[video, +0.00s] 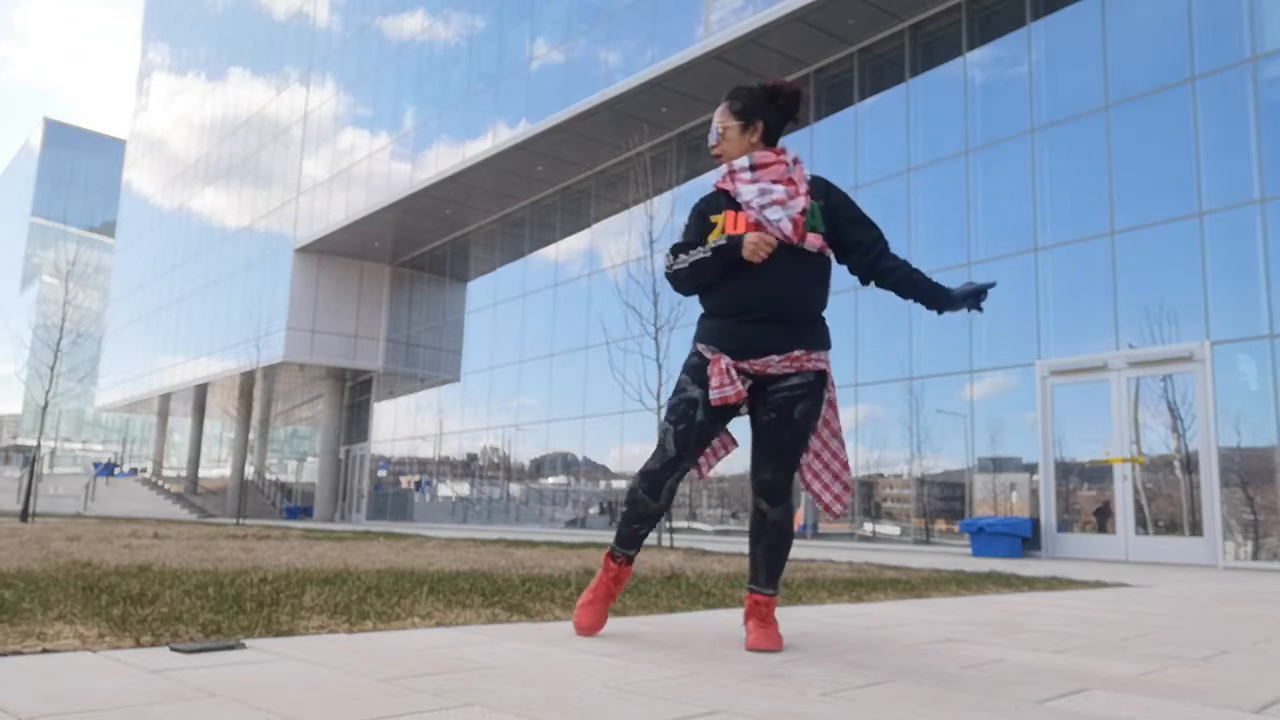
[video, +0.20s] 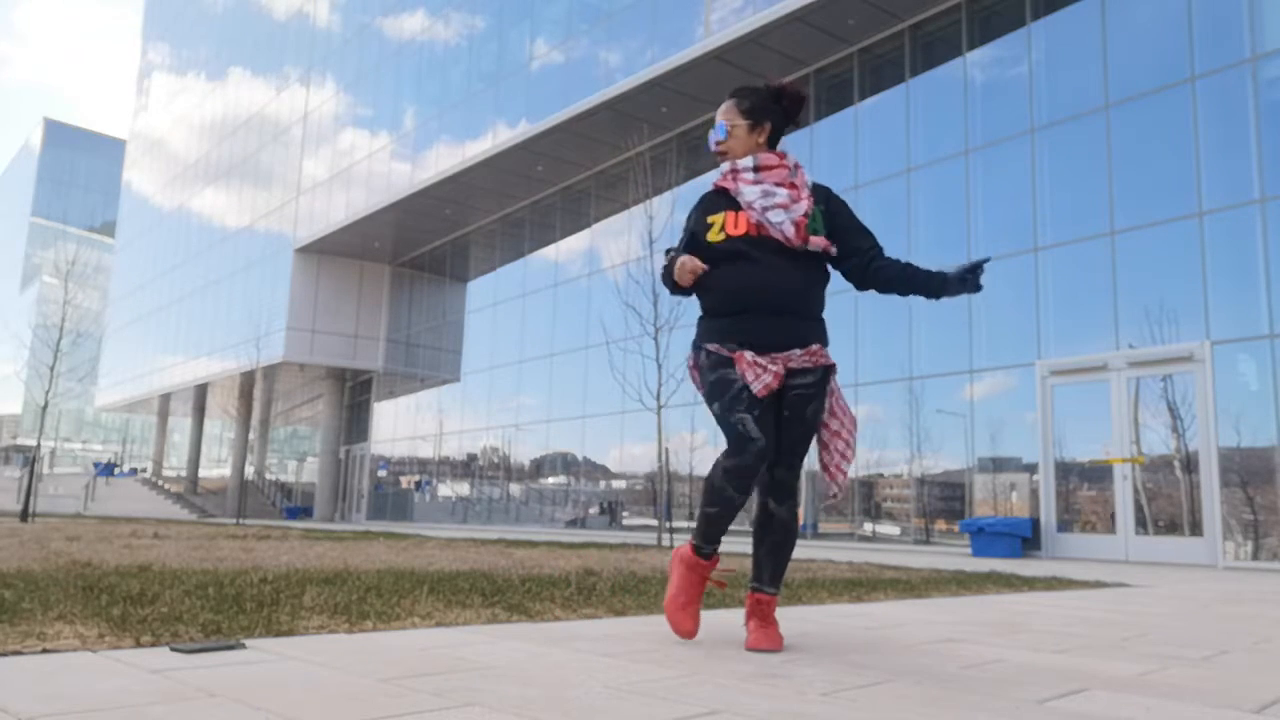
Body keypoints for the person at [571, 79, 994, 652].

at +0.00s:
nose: (712, 143)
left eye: (721, 131)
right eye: (713, 132)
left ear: (755, 131)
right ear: (739, 134)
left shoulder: (819, 198)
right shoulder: (714, 204)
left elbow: (874, 260)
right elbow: (679, 274)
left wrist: (944, 297)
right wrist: (734, 248)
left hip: (794, 362)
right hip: (718, 358)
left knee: (773, 486)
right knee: (670, 457)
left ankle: (761, 611)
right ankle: (613, 572)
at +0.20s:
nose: (714, 138)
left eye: (725, 129)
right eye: (715, 128)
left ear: (761, 133)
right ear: (739, 134)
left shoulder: (817, 204)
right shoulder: (711, 204)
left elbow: (869, 267)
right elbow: (673, 274)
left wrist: (943, 282)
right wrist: (677, 270)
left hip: (800, 360)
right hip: (725, 355)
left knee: (781, 484)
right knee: (749, 448)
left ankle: (762, 607)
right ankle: (695, 562)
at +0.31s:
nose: (722, 140)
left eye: (734, 128)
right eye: (718, 130)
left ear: (770, 134)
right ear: (718, 138)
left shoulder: (813, 203)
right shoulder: (710, 205)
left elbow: (861, 269)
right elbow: (689, 269)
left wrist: (933, 275)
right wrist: (666, 271)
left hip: (802, 361)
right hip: (728, 356)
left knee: (787, 489)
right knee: (773, 450)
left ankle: (764, 608)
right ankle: (707, 563)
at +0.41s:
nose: (734, 137)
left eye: (746, 125)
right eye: (725, 131)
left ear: (775, 131)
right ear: (721, 141)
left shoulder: (815, 203)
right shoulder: (711, 206)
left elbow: (857, 269)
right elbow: (687, 275)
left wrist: (924, 271)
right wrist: (650, 263)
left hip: (805, 359)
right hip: (730, 355)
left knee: (786, 490)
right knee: (764, 449)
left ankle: (762, 608)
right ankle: (703, 565)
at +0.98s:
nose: (759, 133)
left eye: (771, 123)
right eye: (746, 125)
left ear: (788, 132)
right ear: (733, 137)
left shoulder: (818, 195)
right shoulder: (718, 208)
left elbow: (867, 270)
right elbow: (691, 279)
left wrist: (922, 319)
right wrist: (666, 224)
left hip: (801, 360)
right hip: (727, 363)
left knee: (776, 486)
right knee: (651, 440)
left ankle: (764, 608)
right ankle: (682, 562)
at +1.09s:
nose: (759, 133)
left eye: (771, 123)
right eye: (747, 125)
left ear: (789, 132)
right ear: (733, 137)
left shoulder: (818, 197)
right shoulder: (718, 208)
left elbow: (867, 272)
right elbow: (689, 279)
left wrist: (921, 320)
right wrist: (662, 227)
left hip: (802, 360)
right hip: (728, 361)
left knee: (777, 487)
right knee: (649, 438)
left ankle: (764, 607)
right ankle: (682, 561)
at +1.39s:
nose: (760, 130)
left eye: (771, 120)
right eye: (747, 122)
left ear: (789, 129)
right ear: (732, 134)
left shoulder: (819, 196)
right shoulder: (717, 201)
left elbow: (857, 263)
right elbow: (686, 274)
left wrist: (901, 295)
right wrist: (652, 235)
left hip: (801, 351)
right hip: (726, 348)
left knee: (779, 483)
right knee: (700, 448)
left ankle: (762, 607)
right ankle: (690, 571)